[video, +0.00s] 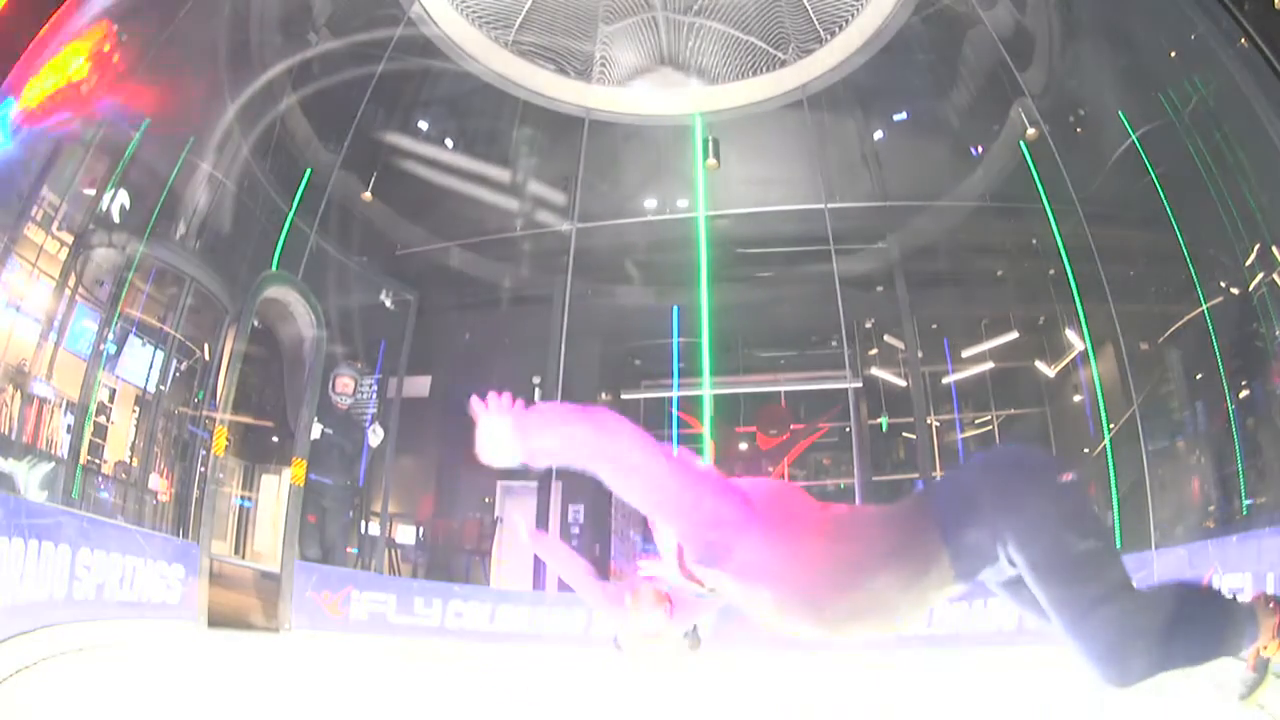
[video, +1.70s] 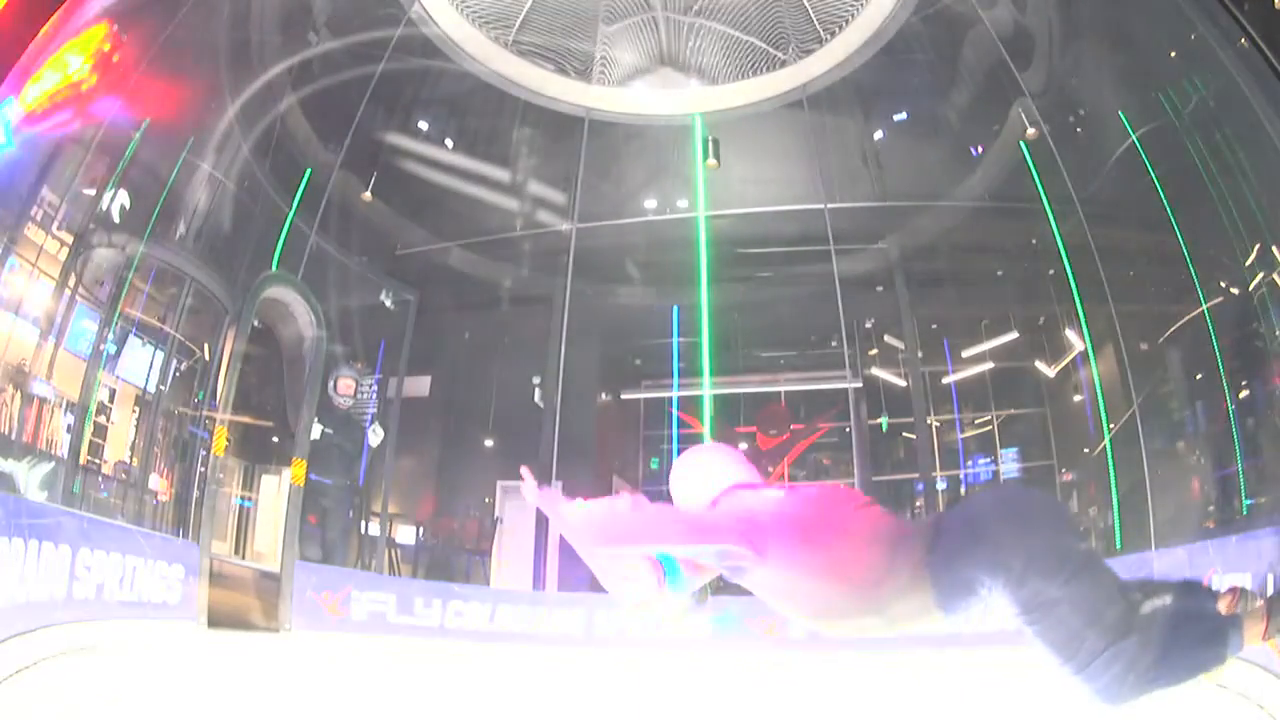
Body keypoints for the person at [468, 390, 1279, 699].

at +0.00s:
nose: (657, 589)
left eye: (648, 580)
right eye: (651, 594)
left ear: (658, 554)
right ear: (663, 594)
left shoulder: (710, 520)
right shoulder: (722, 595)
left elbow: (605, 433)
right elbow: (620, 612)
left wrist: (516, 434)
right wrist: (559, 555)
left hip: (996, 497)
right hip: (979, 546)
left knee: (1120, 649)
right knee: (1115, 631)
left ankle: (1256, 626)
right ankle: (1248, 623)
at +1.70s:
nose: (687, 516)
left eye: (688, 501)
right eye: (686, 501)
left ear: (718, 488)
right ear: (735, 477)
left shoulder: (763, 518)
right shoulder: (783, 516)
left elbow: (646, 522)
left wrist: (561, 513)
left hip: (997, 543)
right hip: (992, 533)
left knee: (1120, 669)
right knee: (1115, 614)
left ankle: (1248, 622)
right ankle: (1226, 600)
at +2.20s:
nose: (676, 483)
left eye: (683, 472)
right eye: (679, 471)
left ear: (711, 473)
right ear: (730, 469)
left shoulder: (746, 517)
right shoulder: (747, 512)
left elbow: (628, 551)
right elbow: (642, 548)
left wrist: (501, 580)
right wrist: (539, 556)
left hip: (1014, 529)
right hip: (995, 534)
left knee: (1125, 648)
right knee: (1116, 614)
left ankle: (1236, 615)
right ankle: (1222, 601)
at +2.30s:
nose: (655, 566)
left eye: (661, 546)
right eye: (649, 551)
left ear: (696, 517)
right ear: (709, 496)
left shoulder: (757, 519)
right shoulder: (754, 518)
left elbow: (621, 535)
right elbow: (636, 526)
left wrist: (468, 557)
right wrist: (539, 518)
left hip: (1025, 530)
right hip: (1006, 540)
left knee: (1139, 653)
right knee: (1131, 607)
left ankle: (1245, 616)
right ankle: (1233, 603)